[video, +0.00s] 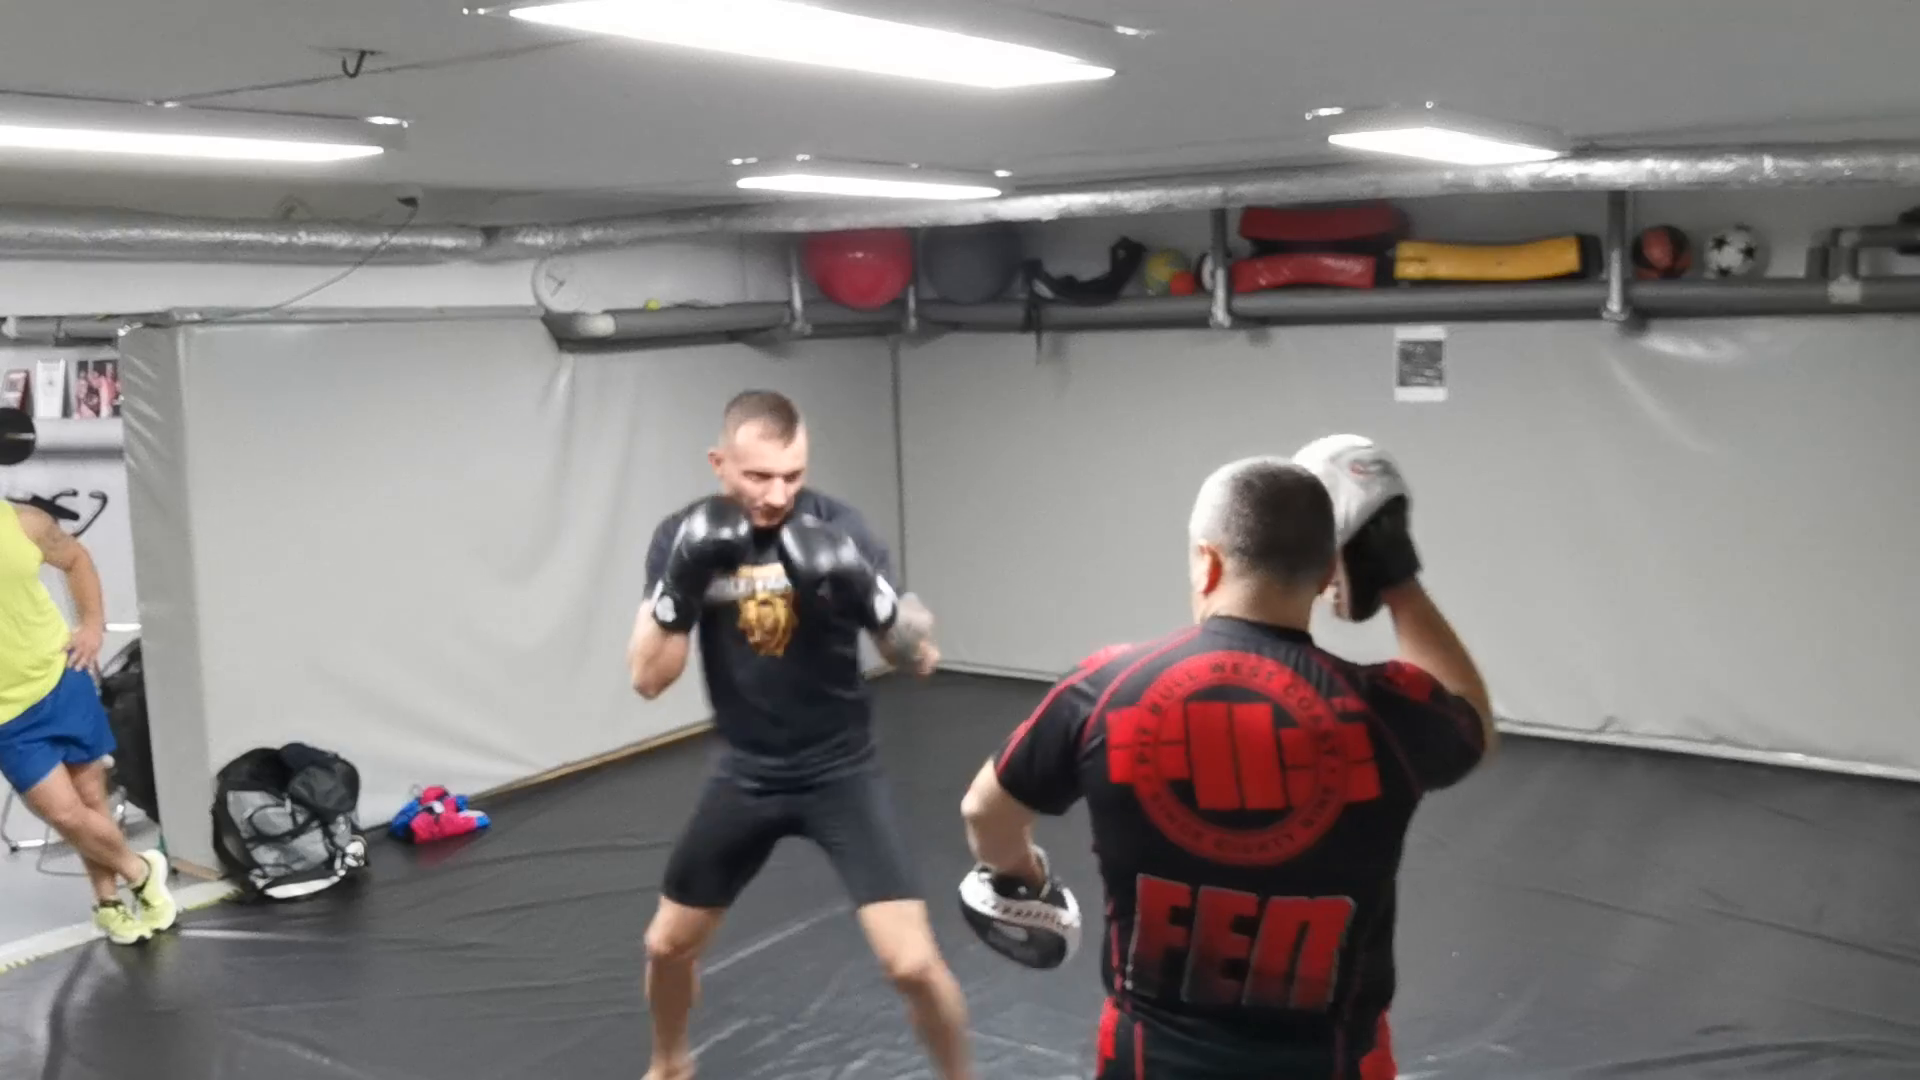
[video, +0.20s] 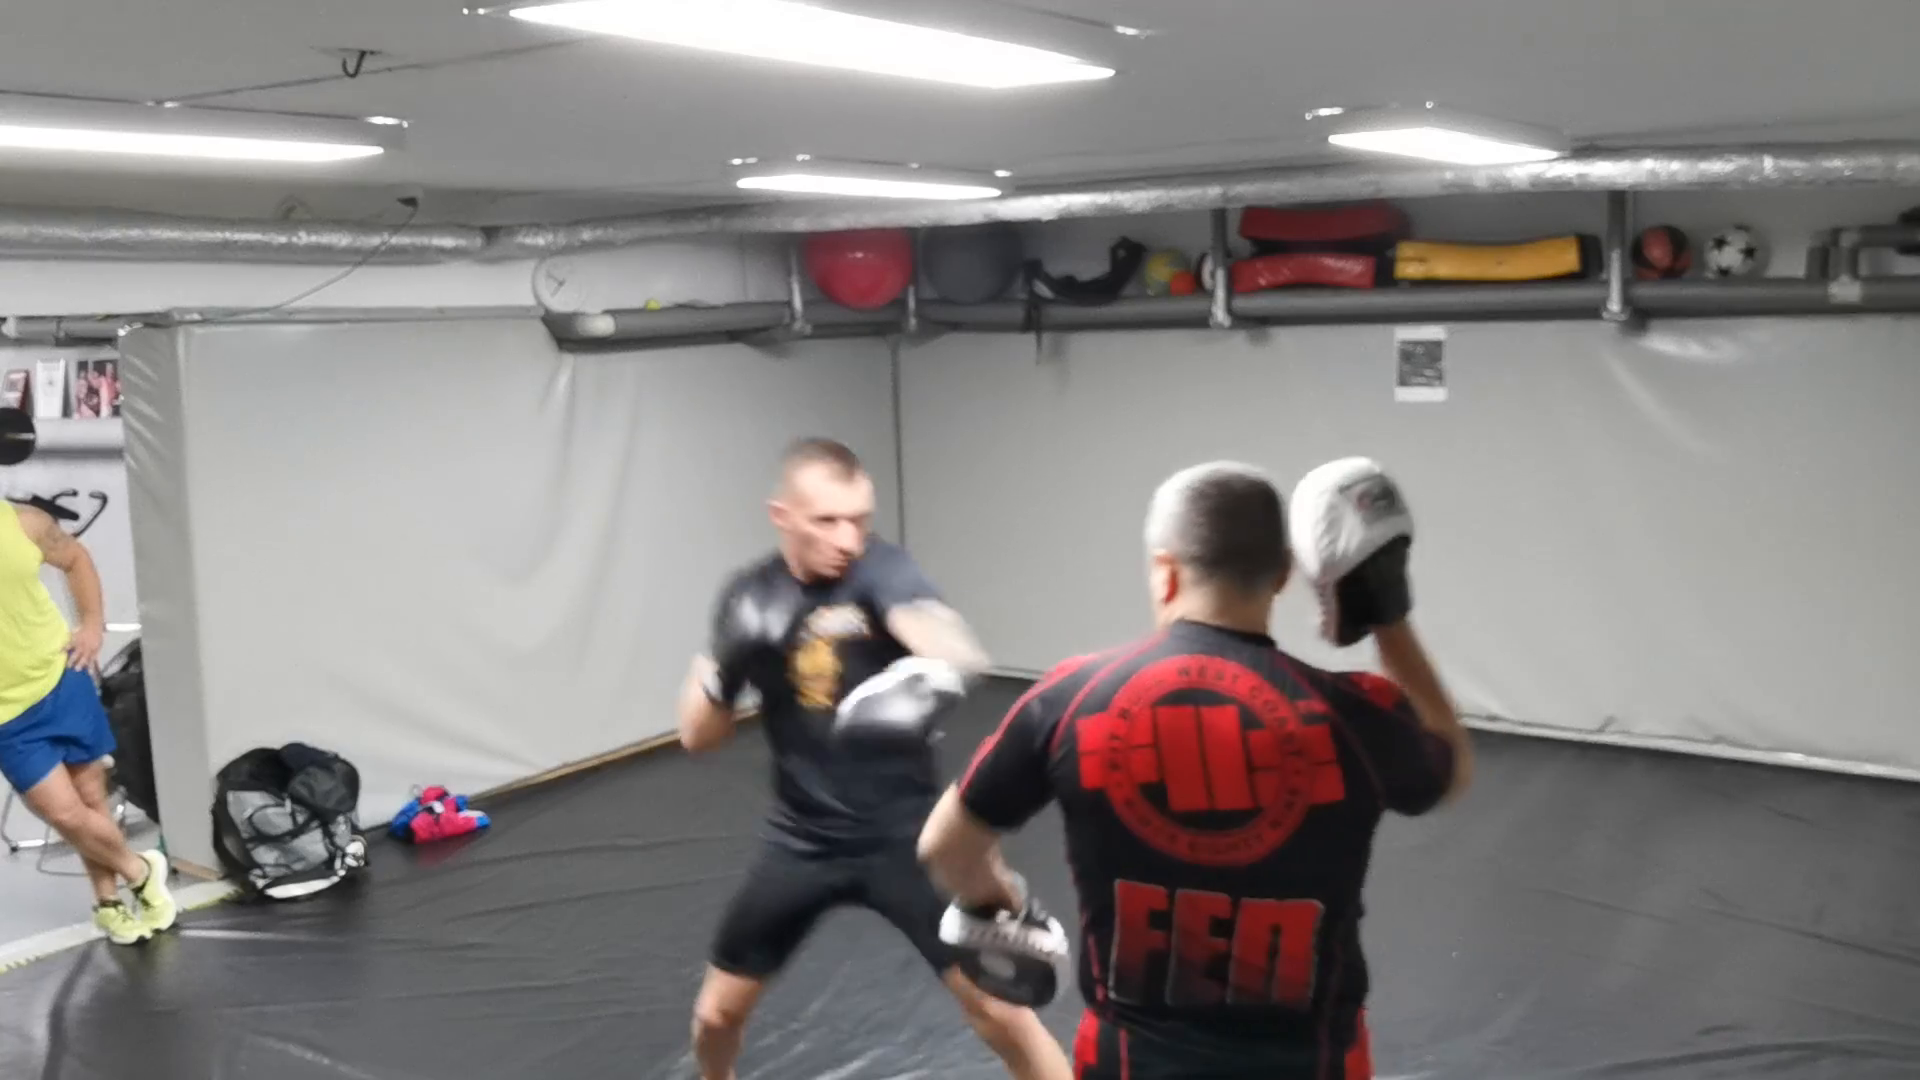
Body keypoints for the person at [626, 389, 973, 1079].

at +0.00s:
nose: (776, 495)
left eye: (790, 476)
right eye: (758, 476)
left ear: (807, 462)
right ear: (720, 463)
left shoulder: (838, 529)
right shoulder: (685, 536)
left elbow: (921, 659)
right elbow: (649, 680)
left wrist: (866, 592)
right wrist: (684, 581)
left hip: (842, 768)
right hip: (746, 773)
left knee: (912, 964)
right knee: (666, 947)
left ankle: (959, 1072)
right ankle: (668, 1065)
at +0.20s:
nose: (846, 540)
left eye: (857, 520)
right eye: (827, 521)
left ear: (869, 513)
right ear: (780, 514)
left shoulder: (883, 571)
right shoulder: (750, 594)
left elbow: (954, 648)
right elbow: (696, 735)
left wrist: (926, 678)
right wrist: (732, 659)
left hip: (905, 841)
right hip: (799, 841)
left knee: (999, 1015)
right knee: (713, 1020)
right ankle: (717, 1076)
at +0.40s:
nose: (995, 539)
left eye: (1003, 520)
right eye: (973, 522)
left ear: (1014, 513)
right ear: (925, 523)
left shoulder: (1009, 585)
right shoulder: (899, 590)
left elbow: (1044, 696)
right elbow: (848, 654)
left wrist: (1047, 613)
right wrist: (979, 603)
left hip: (964, 834)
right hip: (871, 841)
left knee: (1059, 956)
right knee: (788, 996)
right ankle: (711, 1064)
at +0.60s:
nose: (1032, 543)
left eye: (1047, 524)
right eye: (1014, 524)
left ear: (1060, 512)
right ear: (969, 509)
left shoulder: (1045, 588)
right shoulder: (921, 580)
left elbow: (1080, 702)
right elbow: (851, 707)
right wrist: (974, 700)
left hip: (972, 828)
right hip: (870, 830)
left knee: (1051, 995)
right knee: (787, 1032)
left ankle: (1020, 1064)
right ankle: (757, 1074)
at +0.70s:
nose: (996, 531)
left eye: (1010, 512)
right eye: (978, 511)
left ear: (1023, 501)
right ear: (929, 493)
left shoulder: (1034, 578)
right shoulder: (865, 573)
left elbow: (1106, 722)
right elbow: (796, 726)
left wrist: (1093, 647)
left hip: (967, 830)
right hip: (853, 828)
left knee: (1053, 1021)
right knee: (769, 1040)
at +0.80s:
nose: (937, 533)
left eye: (951, 514)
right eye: (919, 515)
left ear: (966, 497)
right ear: (869, 491)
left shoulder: (983, 567)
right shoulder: (818, 574)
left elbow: (1078, 699)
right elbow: (784, 739)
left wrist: (1049, 638)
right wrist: (832, 642)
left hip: (951, 831)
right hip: (835, 837)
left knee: (1042, 1021)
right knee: (763, 1045)